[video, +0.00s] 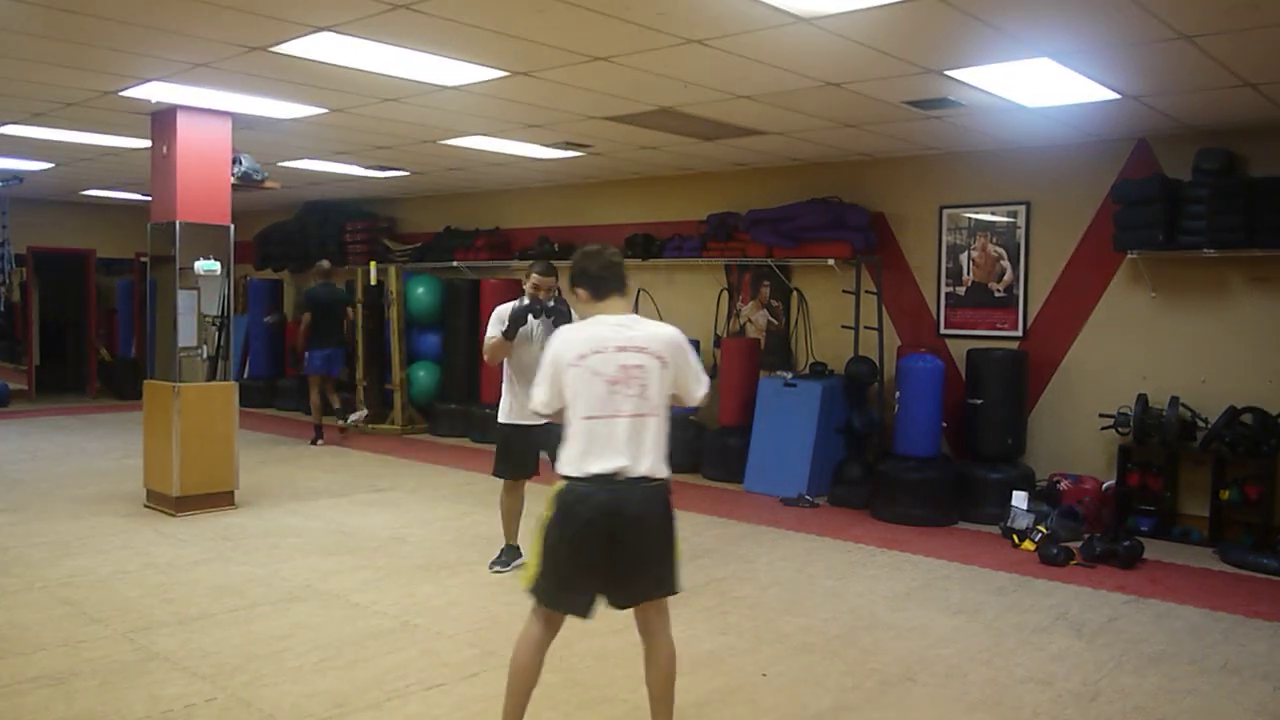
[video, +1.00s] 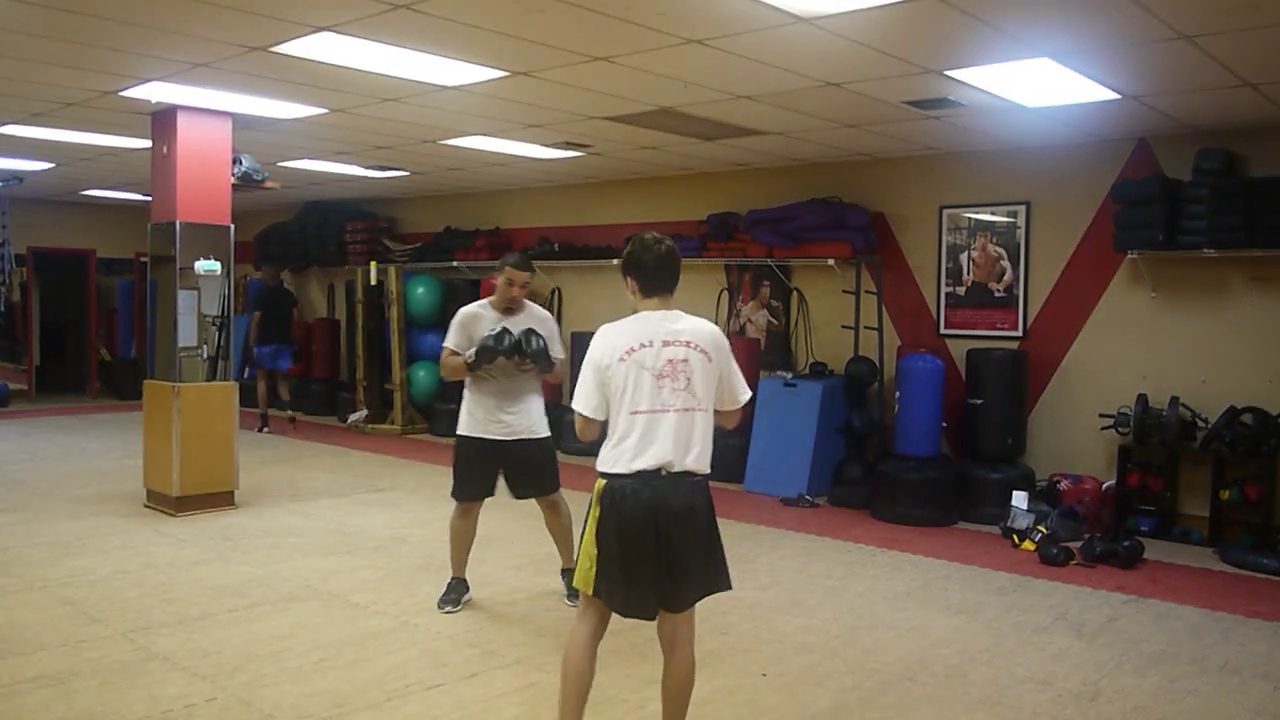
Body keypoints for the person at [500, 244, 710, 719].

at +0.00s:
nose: (571, 302)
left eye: (570, 294)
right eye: (569, 295)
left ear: (579, 293)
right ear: (627, 288)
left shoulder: (566, 340)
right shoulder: (667, 337)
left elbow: (545, 407)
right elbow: (697, 398)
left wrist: (597, 398)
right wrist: (647, 383)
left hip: (580, 503)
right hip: (646, 503)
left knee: (542, 623)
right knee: (655, 628)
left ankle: (510, 716)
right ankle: (663, 718)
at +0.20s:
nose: (612, 300)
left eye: (610, 291)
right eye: (611, 292)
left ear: (617, 287)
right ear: (660, 281)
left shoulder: (606, 334)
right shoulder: (701, 332)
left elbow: (584, 400)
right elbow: (715, 389)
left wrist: (636, 385)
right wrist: (670, 365)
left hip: (613, 495)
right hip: (679, 495)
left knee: (573, 614)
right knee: (667, 626)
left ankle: (546, 715)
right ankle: (666, 718)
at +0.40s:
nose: (631, 301)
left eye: (628, 291)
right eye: (629, 291)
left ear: (637, 287)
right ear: (676, 280)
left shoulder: (627, 334)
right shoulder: (720, 332)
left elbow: (591, 395)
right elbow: (720, 395)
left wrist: (647, 396)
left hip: (629, 493)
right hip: (693, 494)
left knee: (593, 614)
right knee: (677, 625)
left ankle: (573, 715)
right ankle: (669, 719)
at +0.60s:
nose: (637, 299)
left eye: (635, 290)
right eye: (636, 290)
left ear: (645, 287)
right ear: (686, 281)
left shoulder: (632, 333)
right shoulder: (725, 332)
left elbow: (587, 394)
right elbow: (730, 390)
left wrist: (636, 385)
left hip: (633, 495)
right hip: (697, 497)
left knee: (602, 612)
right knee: (683, 632)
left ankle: (585, 716)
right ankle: (673, 718)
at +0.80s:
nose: (634, 291)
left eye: (634, 283)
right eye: (635, 283)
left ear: (642, 283)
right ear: (686, 280)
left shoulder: (626, 334)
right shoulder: (721, 334)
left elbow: (577, 404)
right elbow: (737, 398)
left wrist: (611, 370)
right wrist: (689, 370)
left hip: (631, 496)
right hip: (695, 498)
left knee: (599, 612)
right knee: (683, 635)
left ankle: (590, 716)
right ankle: (674, 719)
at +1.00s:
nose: (624, 285)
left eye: (623, 278)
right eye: (624, 278)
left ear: (630, 280)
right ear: (677, 279)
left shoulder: (609, 338)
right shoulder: (710, 335)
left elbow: (586, 430)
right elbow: (730, 416)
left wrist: (630, 402)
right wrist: (681, 400)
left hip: (620, 500)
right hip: (686, 500)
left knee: (588, 621)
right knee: (678, 638)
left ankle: (569, 716)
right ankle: (673, 719)